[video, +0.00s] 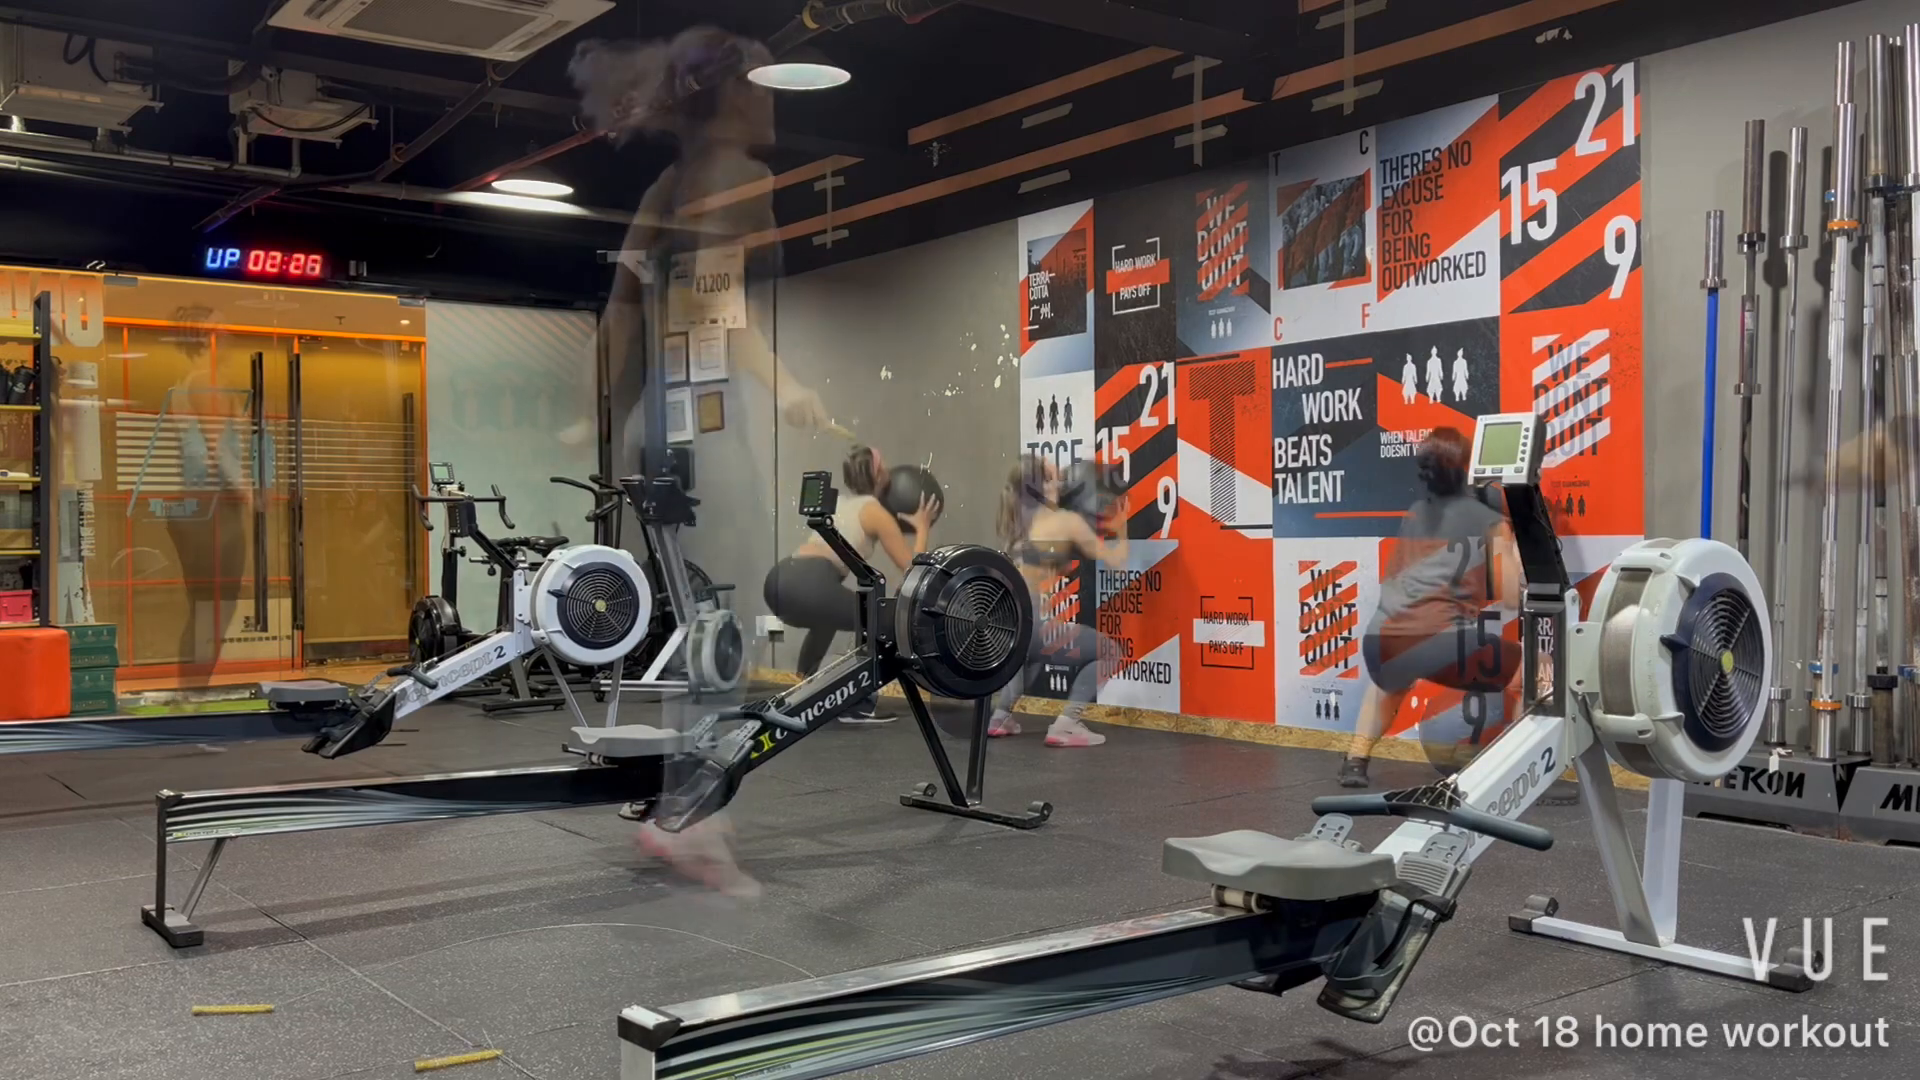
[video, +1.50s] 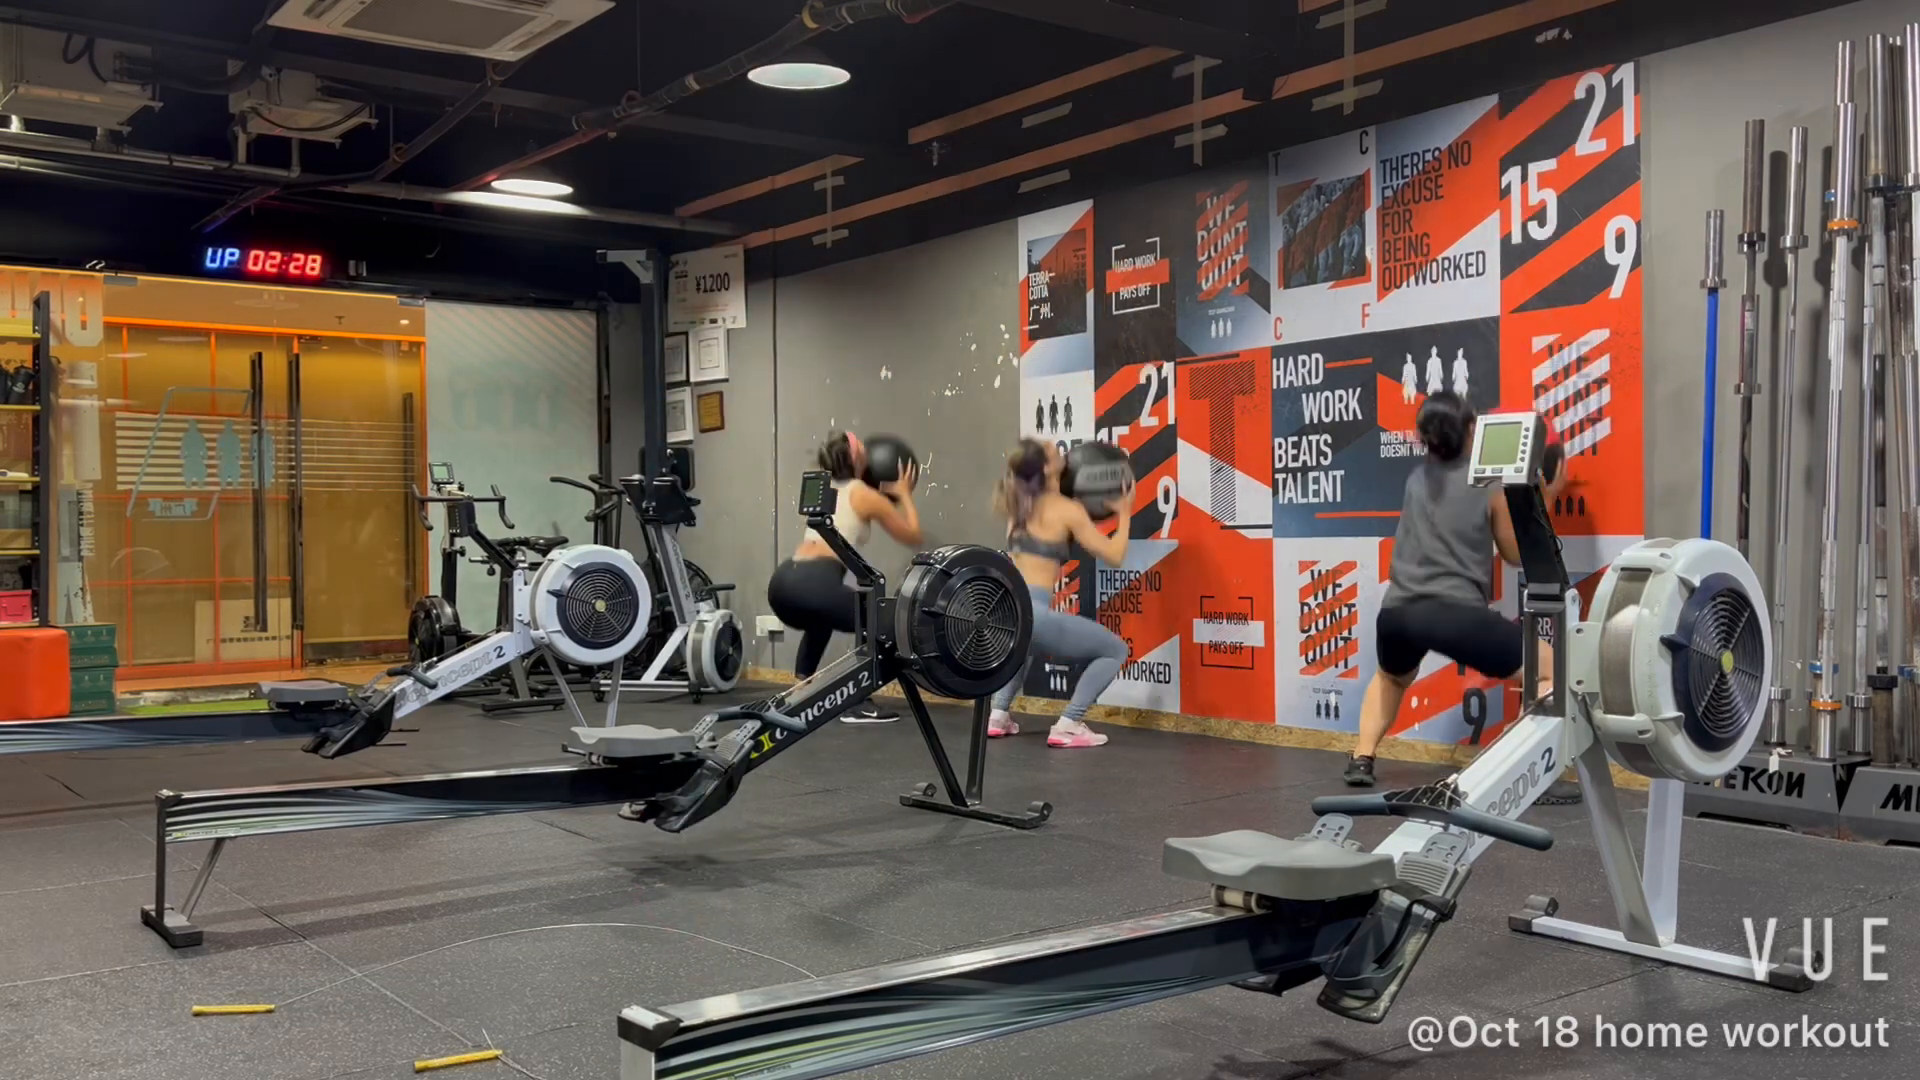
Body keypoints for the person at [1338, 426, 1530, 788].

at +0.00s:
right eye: (1466, 459)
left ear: (1423, 468)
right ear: (1465, 467)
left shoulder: (1413, 516)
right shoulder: (1491, 521)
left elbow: (1397, 580)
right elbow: (1510, 598)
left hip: (1381, 647)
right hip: (1442, 646)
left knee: (1389, 678)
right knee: (1534, 664)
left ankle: (1355, 763)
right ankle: (1531, 765)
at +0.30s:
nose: (1459, 372)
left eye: (1454, 366)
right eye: (1455, 368)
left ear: (1413, 389)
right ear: (1454, 381)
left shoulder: (1405, 433)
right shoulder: (1477, 429)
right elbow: (1524, 462)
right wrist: (1532, 408)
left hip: (1409, 575)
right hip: (1468, 574)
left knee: (1397, 667)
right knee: (1521, 663)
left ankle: (1358, 756)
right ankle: (1524, 772)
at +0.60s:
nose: (1465, 321)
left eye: (1454, 320)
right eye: (1460, 320)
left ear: (1417, 342)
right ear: (1457, 338)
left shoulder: (1414, 374)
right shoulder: (1478, 370)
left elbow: (1420, 311)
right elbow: (1502, 291)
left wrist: (1425, 247)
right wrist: (1508, 219)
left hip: (1421, 521)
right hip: (1474, 520)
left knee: (1397, 637)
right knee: (1507, 638)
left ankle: (1366, 734)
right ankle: (1541, 751)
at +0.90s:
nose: (1467, 348)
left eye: (1461, 344)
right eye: (1462, 345)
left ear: (1415, 359)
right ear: (1456, 357)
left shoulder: (1406, 394)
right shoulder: (1480, 390)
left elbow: (1407, 356)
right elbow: (1539, 354)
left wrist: (1427, 310)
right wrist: (1555, 291)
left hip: (1420, 547)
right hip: (1474, 546)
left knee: (1397, 659)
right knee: (1501, 660)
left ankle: (1362, 758)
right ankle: (1519, 765)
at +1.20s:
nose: (1467, 350)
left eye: (1463, 344)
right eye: (1463, 346)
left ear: (1418, 368)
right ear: (1457, 363)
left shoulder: (1411, 403)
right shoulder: (1482, 401)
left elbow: (1421, 372)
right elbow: (1542, 391)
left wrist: (1459, 336)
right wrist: (1550, 326)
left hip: (1412, 549)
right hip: (1465, 550)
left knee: (1396, 661)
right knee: (1511, 659)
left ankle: (1361, 759)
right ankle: (1522, 770)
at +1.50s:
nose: (1479, 429)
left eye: (1474, 423)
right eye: (1475, 424)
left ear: (1426, 437)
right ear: (1470, 432)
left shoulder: (1416, 480)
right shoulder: (1488, 485)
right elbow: (1515, 554)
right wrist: (1545, 499)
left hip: (1399, 612)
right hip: (1459, 614)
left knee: (1390, 677)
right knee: (1547, 669)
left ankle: (1361, 759)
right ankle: (1541, 775)